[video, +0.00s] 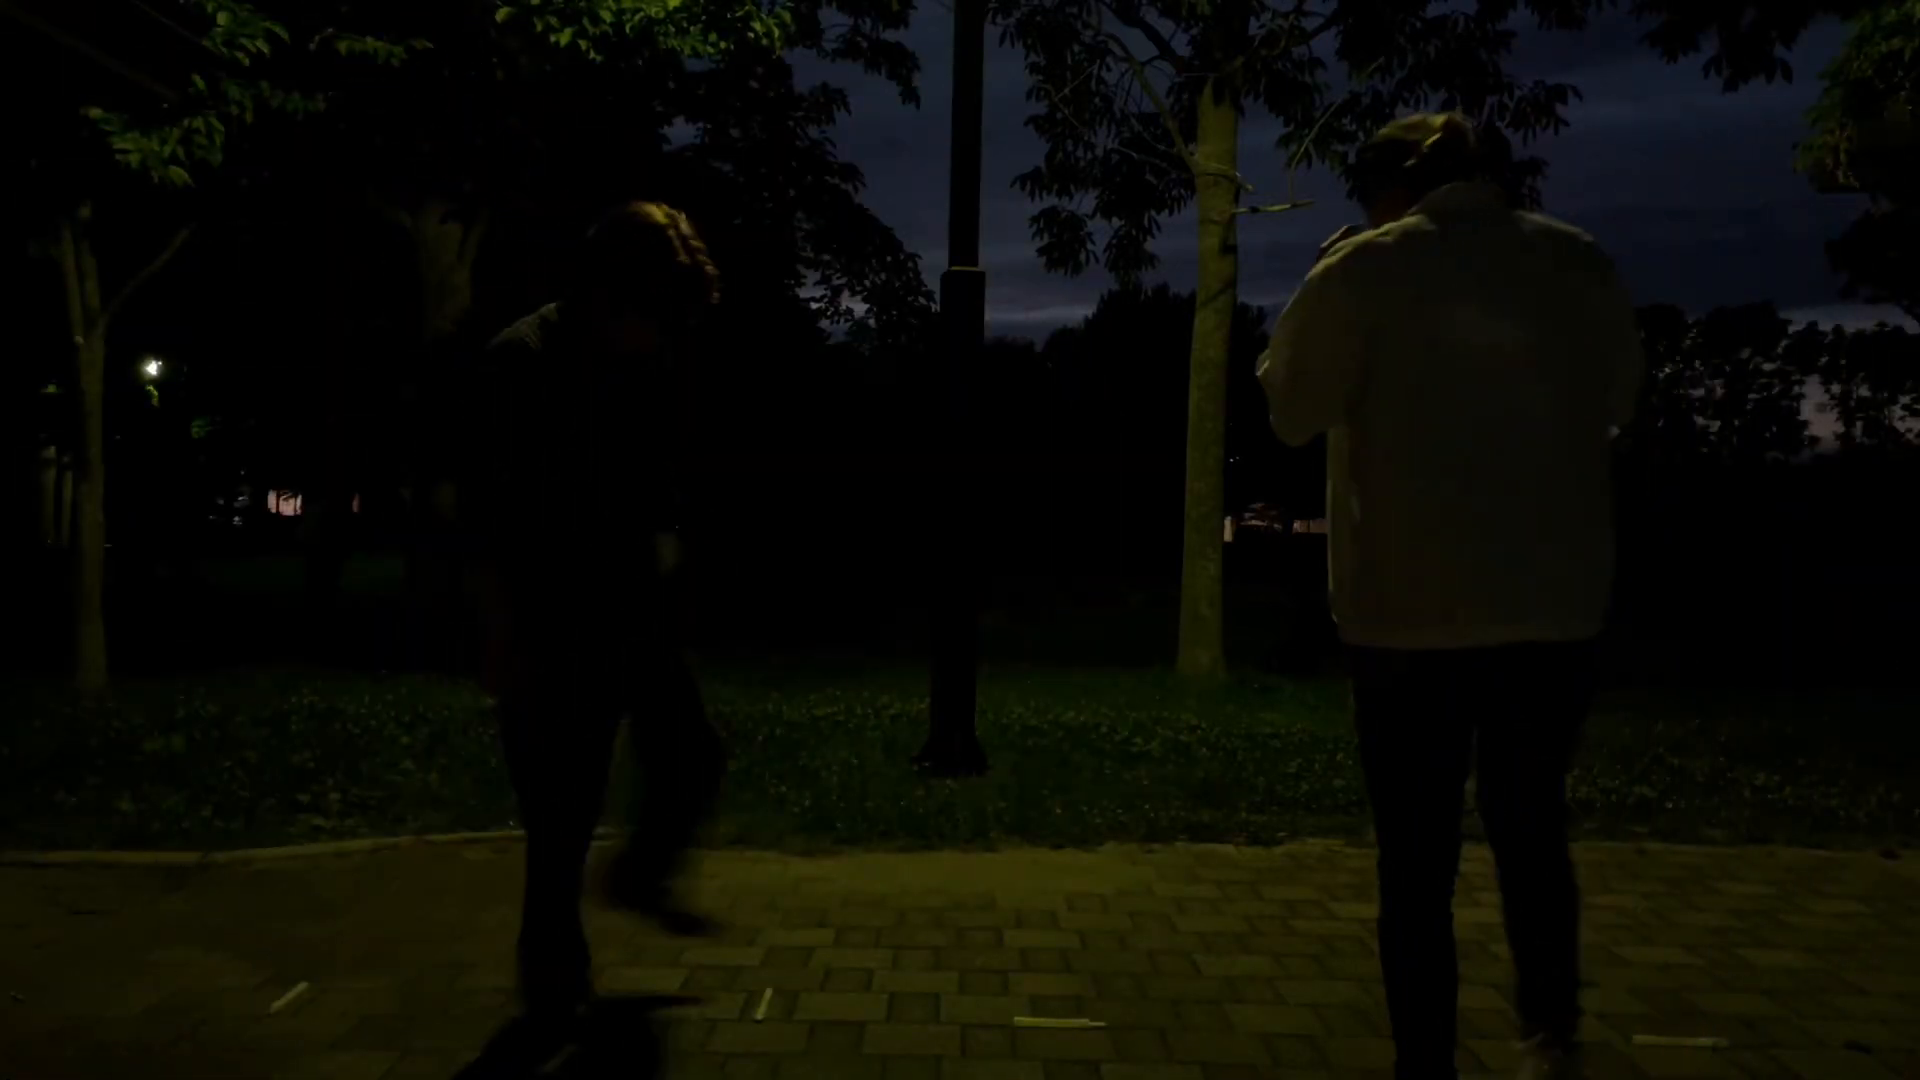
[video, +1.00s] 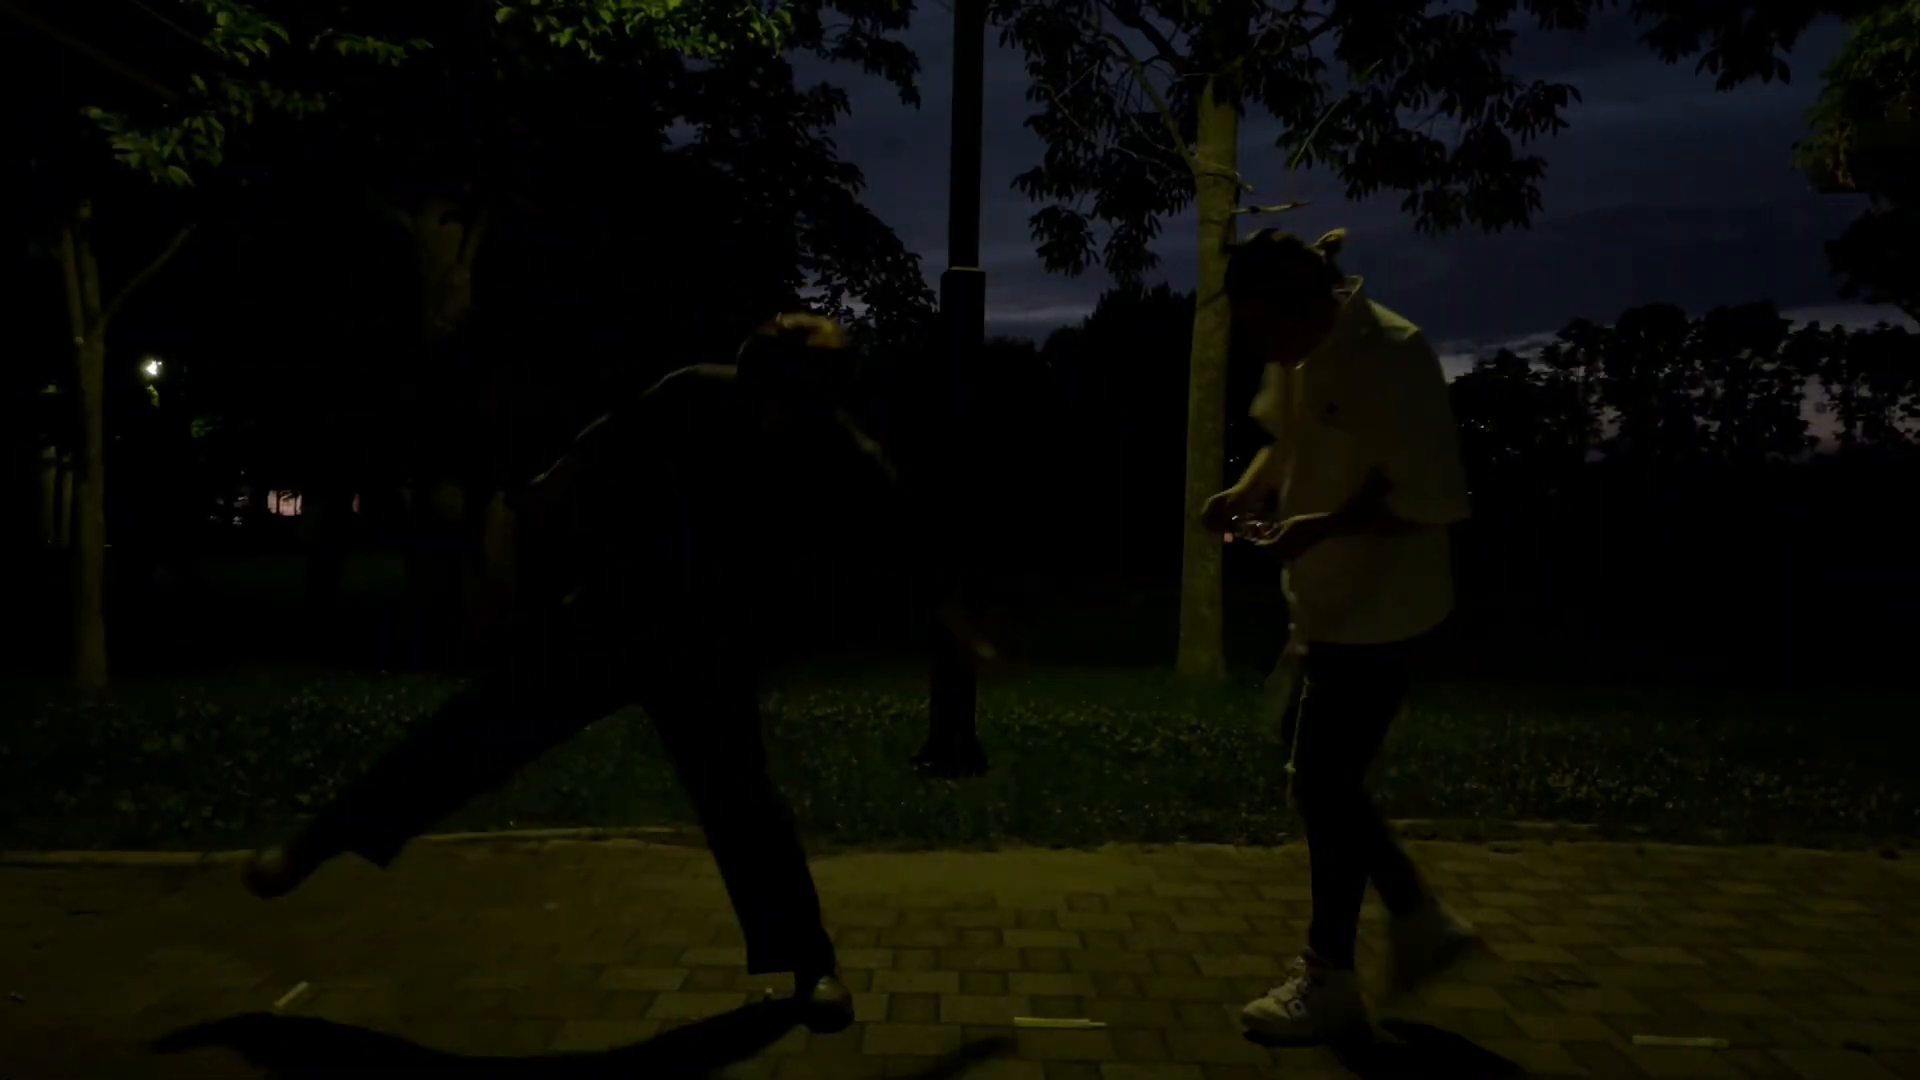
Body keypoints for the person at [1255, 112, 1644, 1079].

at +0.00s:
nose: (1370, 217)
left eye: (1371, 204)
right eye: (1369, 204)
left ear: (1394, 189)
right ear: (1485, 176)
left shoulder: (1361, 270)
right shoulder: (1575, 260)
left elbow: (1290, 406)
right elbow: (1613, 403)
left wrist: (1337, 273)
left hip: (1406, 614)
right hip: (1554, 609)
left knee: (1415, 848)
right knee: (1533, 822)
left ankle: (1423, 1058)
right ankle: (1553, 1037)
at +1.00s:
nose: (1262, 340)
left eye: (1267, 322)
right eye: (1254, 324)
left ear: (1300, 303)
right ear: (1274, 309)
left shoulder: (1392, 354)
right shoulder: (1303, 350)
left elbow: (1430, 497)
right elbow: (1288, 445)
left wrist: (1319, 526)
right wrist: (1242, 496)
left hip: (1386, 615)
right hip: (1328, 611)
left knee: (1328, 781)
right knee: (1320, 776)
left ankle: (1329, 979)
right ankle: (1421, 922)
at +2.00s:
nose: (1448, 552)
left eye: (1462, 539)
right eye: (1441, 536)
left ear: (1480, 514)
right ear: (1408, 507)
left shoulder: (1490, 517)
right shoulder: (1334, 502)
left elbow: (1505, 639)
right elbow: (1281, 638)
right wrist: (1334, 785)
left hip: (1414, 632)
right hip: (1299, 624)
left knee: (1473, 789)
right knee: (1231, 760)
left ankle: (1511, 964)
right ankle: (1200, 942)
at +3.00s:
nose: (1533, 838)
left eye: (1550, 830)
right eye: (1533, 826)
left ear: (1585, 765)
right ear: (1506, 780)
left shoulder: (1575, 732)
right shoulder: (1427, 733)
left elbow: (1605, 852)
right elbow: (1365, 883)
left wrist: (1653, 969)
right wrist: (1387, 1021)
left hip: (1443, 606)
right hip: (1338, 614)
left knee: (1531, 800)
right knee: (1261, 783)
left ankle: (1514, 968)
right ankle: (1166, 948)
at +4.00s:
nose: (1478, 683)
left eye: (1488, 673)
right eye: (1469, 671)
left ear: (1516, 620)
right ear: (1440, 620)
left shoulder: (1512, 572)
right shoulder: (1354, 594)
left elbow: (1536, 669)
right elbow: (1281, 731)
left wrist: (1558, 725)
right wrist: (1267, 853)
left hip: (1422, 641)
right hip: (1304, 624)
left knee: (1518, 778)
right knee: (1241, 772)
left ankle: (1562, 951)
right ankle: (1164, 943)